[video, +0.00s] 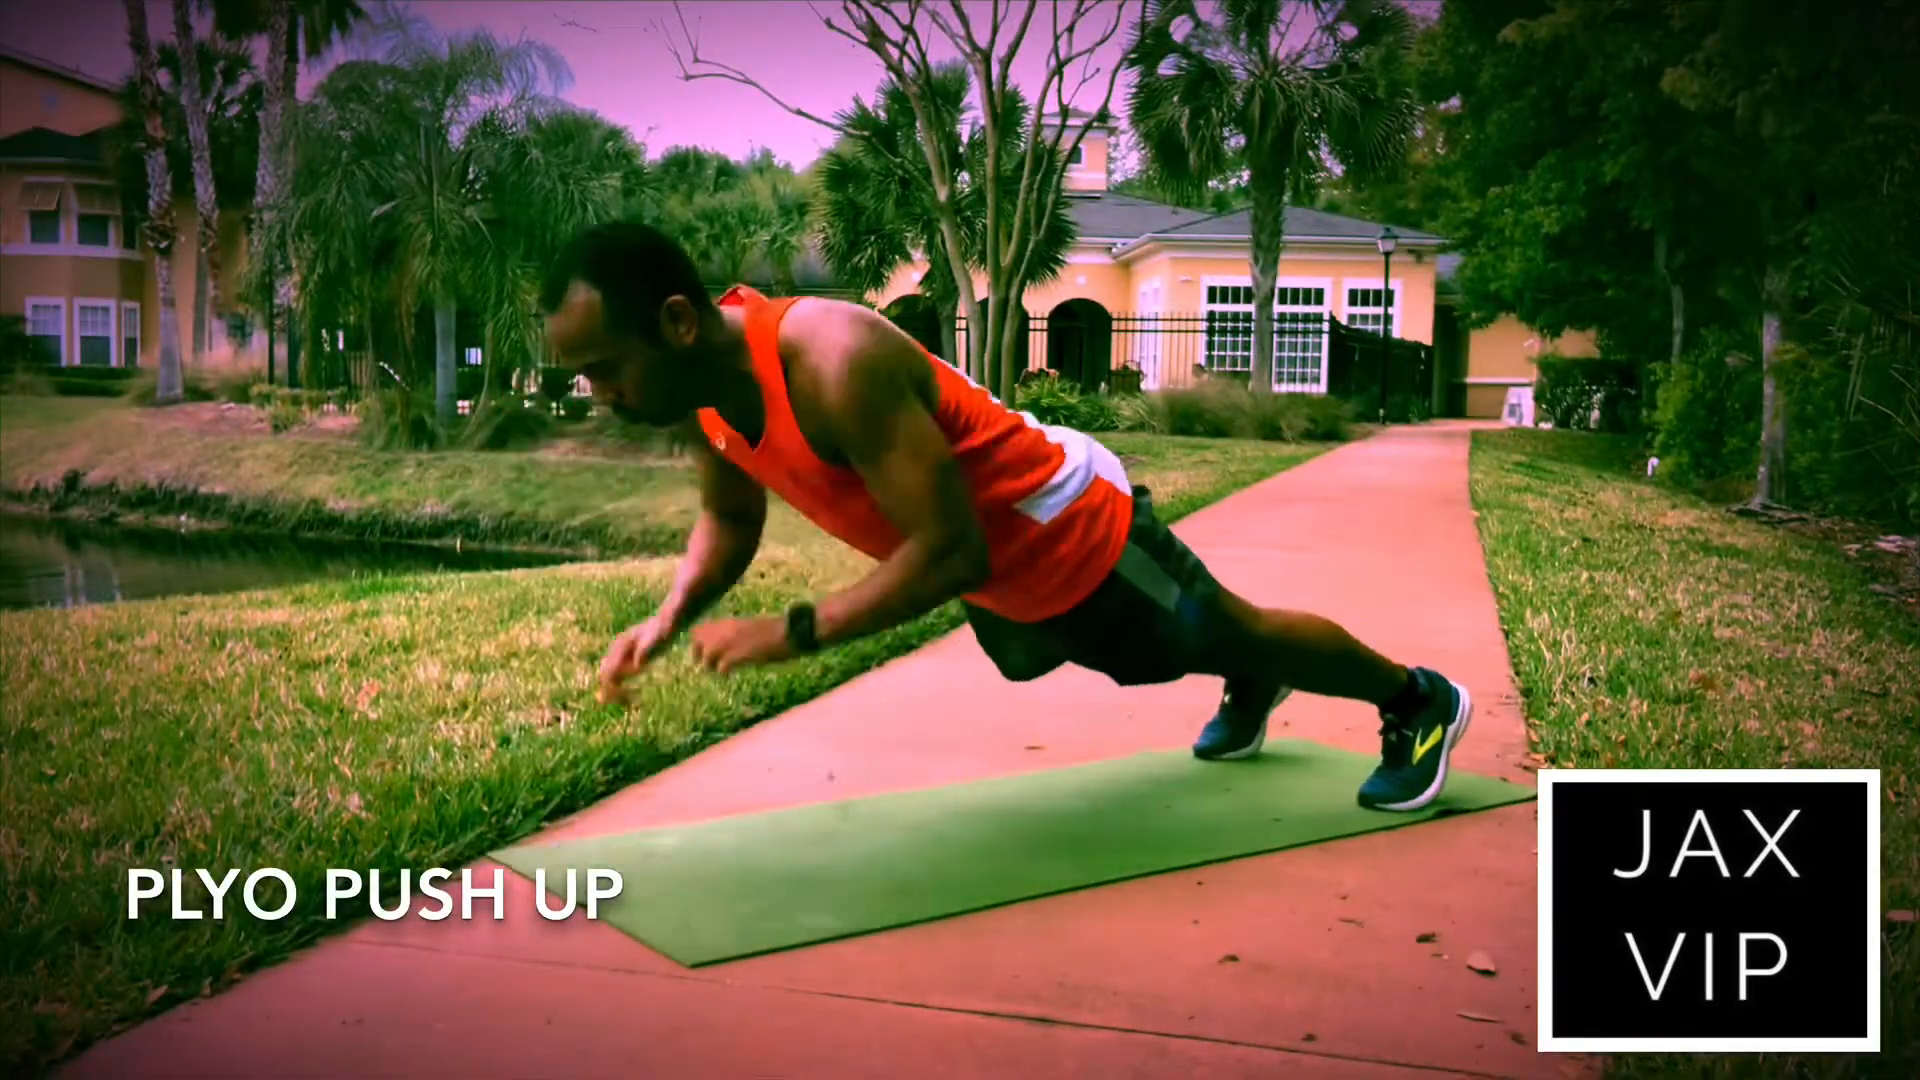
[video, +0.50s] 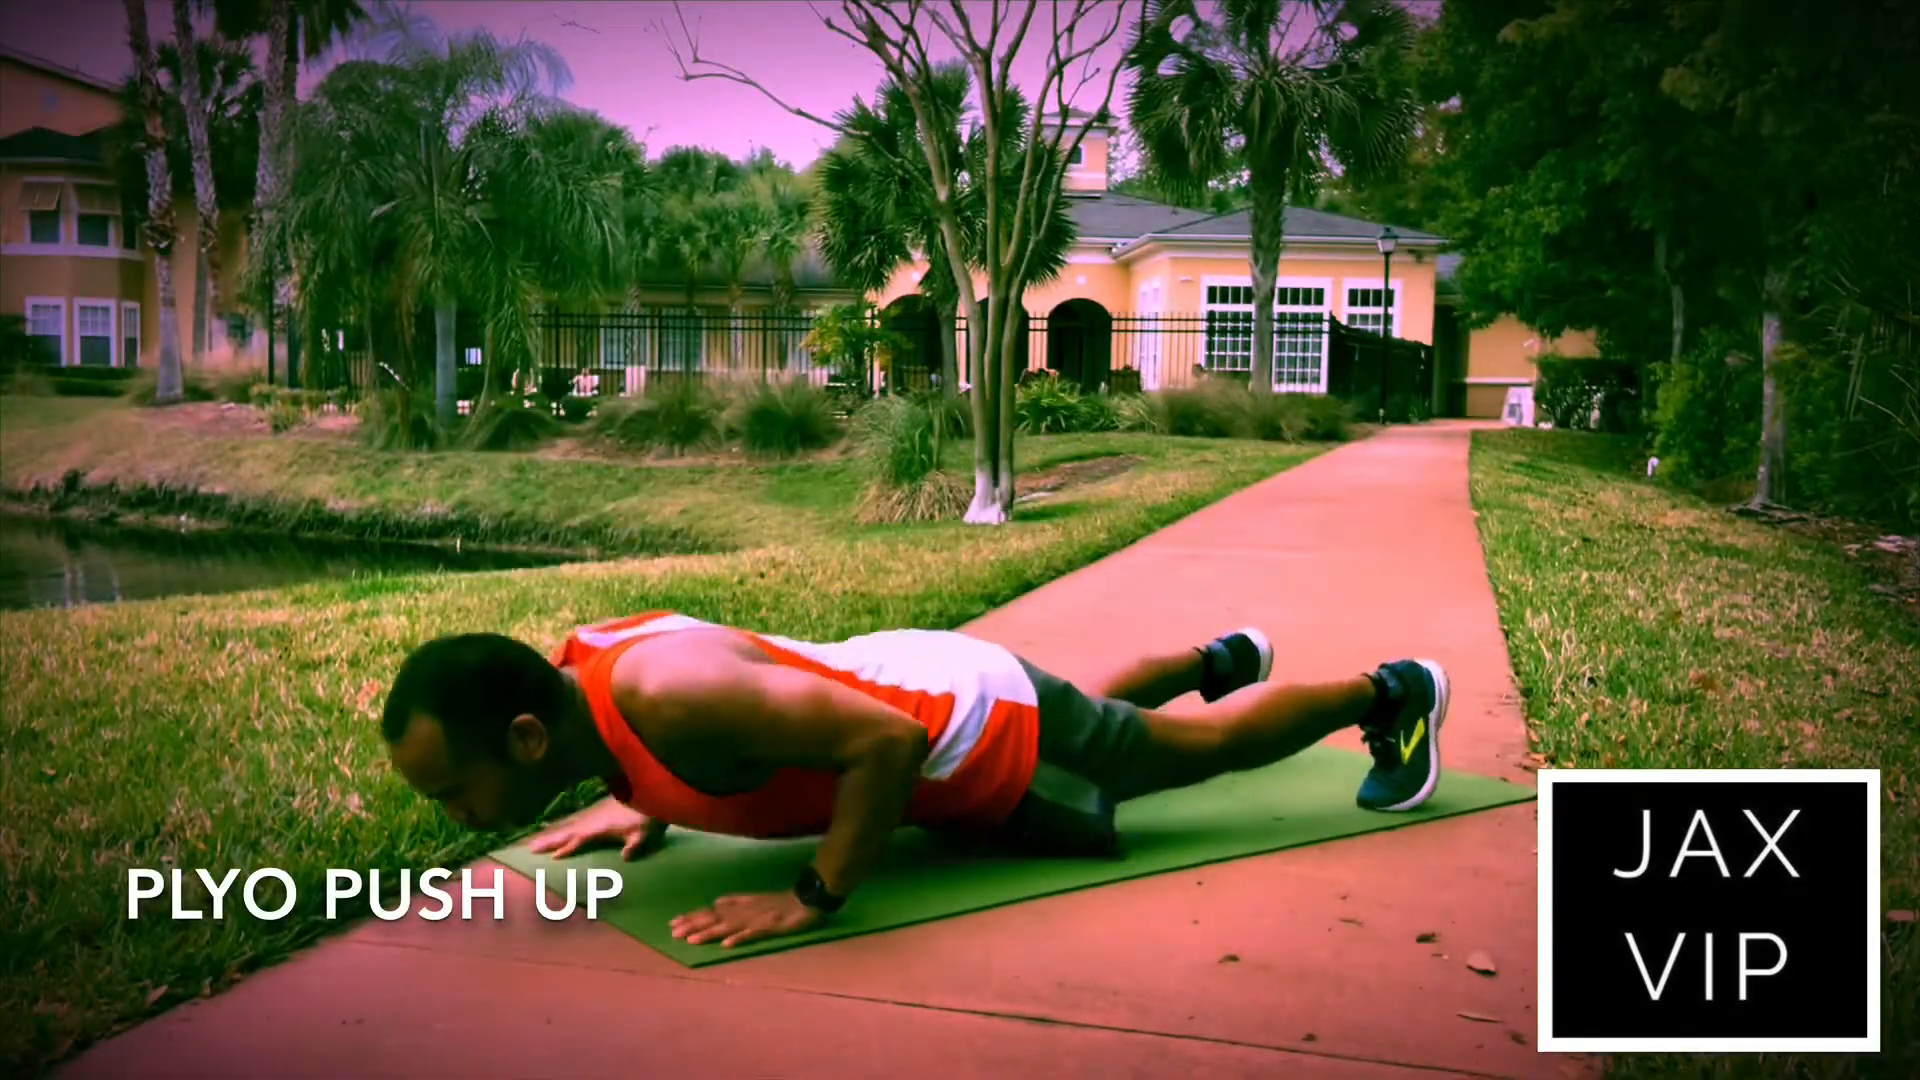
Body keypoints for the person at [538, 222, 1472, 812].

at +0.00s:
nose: (598, 395)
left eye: (599, 368)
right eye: (582, 379)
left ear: (674, 316)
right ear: (663, 324)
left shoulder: (839, 358)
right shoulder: (717, 394)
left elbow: (953, 550)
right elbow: (728, 516)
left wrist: (801, 630)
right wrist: (671, 609)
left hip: (1073, 523)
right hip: (993, 558)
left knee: (1233, 636)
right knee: (1117, 637)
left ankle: (1418, 697)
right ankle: (1251, 673)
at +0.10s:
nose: (591, 442)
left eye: (590, 413)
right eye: (573, 420)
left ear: (662, 360)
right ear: (653, 360)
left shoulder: (839, 373)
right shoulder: (716, 396)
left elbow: (977, 534)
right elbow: (750, 491)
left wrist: (841, 641)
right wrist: (686, 594)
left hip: (1068, 537)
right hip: (986, 572)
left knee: (1236, 637)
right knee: (1122, 653)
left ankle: (1420, 696)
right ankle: (1253, 675)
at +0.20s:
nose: (561, 514)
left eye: (558, 489)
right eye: (545, 497)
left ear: (630, 439)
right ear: (617, 438)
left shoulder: (805, 460)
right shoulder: (683, 468)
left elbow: (881, 682)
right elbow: (672, 635)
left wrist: (797, 862)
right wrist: (634, 786)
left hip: (1064, 570)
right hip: (992, 604)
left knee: (1245, 654)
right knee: (1139, 677)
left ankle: (1420, 696)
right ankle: (1257, 686)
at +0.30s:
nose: (516, 657)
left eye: (515, 634)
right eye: (500, 641)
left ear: (580, 576)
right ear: (570, 571)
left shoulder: (746, 562)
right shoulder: (639, 560)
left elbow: (896, 732)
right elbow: (693, 672)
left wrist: (818, 896)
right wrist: (656, 809)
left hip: (1039, 617)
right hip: (975, 635)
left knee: (1223, 685)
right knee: (1129, 723)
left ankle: (1411, 695)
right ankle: (1233, 708)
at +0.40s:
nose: (474, 748)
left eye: (472, 726)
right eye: (457, 732)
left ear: (543, 666)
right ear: (529, 657)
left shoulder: (706, 634)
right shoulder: (599, 617)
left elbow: (892, 745)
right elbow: (673, 685)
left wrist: (821, 900)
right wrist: (652, 800)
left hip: (1018, 687)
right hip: (950, 649)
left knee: (1205, 719)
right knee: (1094, 675)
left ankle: (1394, 693)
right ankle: (1218, 651)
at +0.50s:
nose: (450, 817)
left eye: (453, 795)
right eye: (435, 799)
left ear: (525, 736)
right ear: (515, 728)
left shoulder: (686, 702)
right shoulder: (575, 669)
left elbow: (887, 740)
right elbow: (677, 700)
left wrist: (818, 898)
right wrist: (649, 807)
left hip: (997, 730)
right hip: (916, 682)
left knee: (1196, 740)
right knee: (1059, 695)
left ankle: (1390, 691)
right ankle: (1210, 660)